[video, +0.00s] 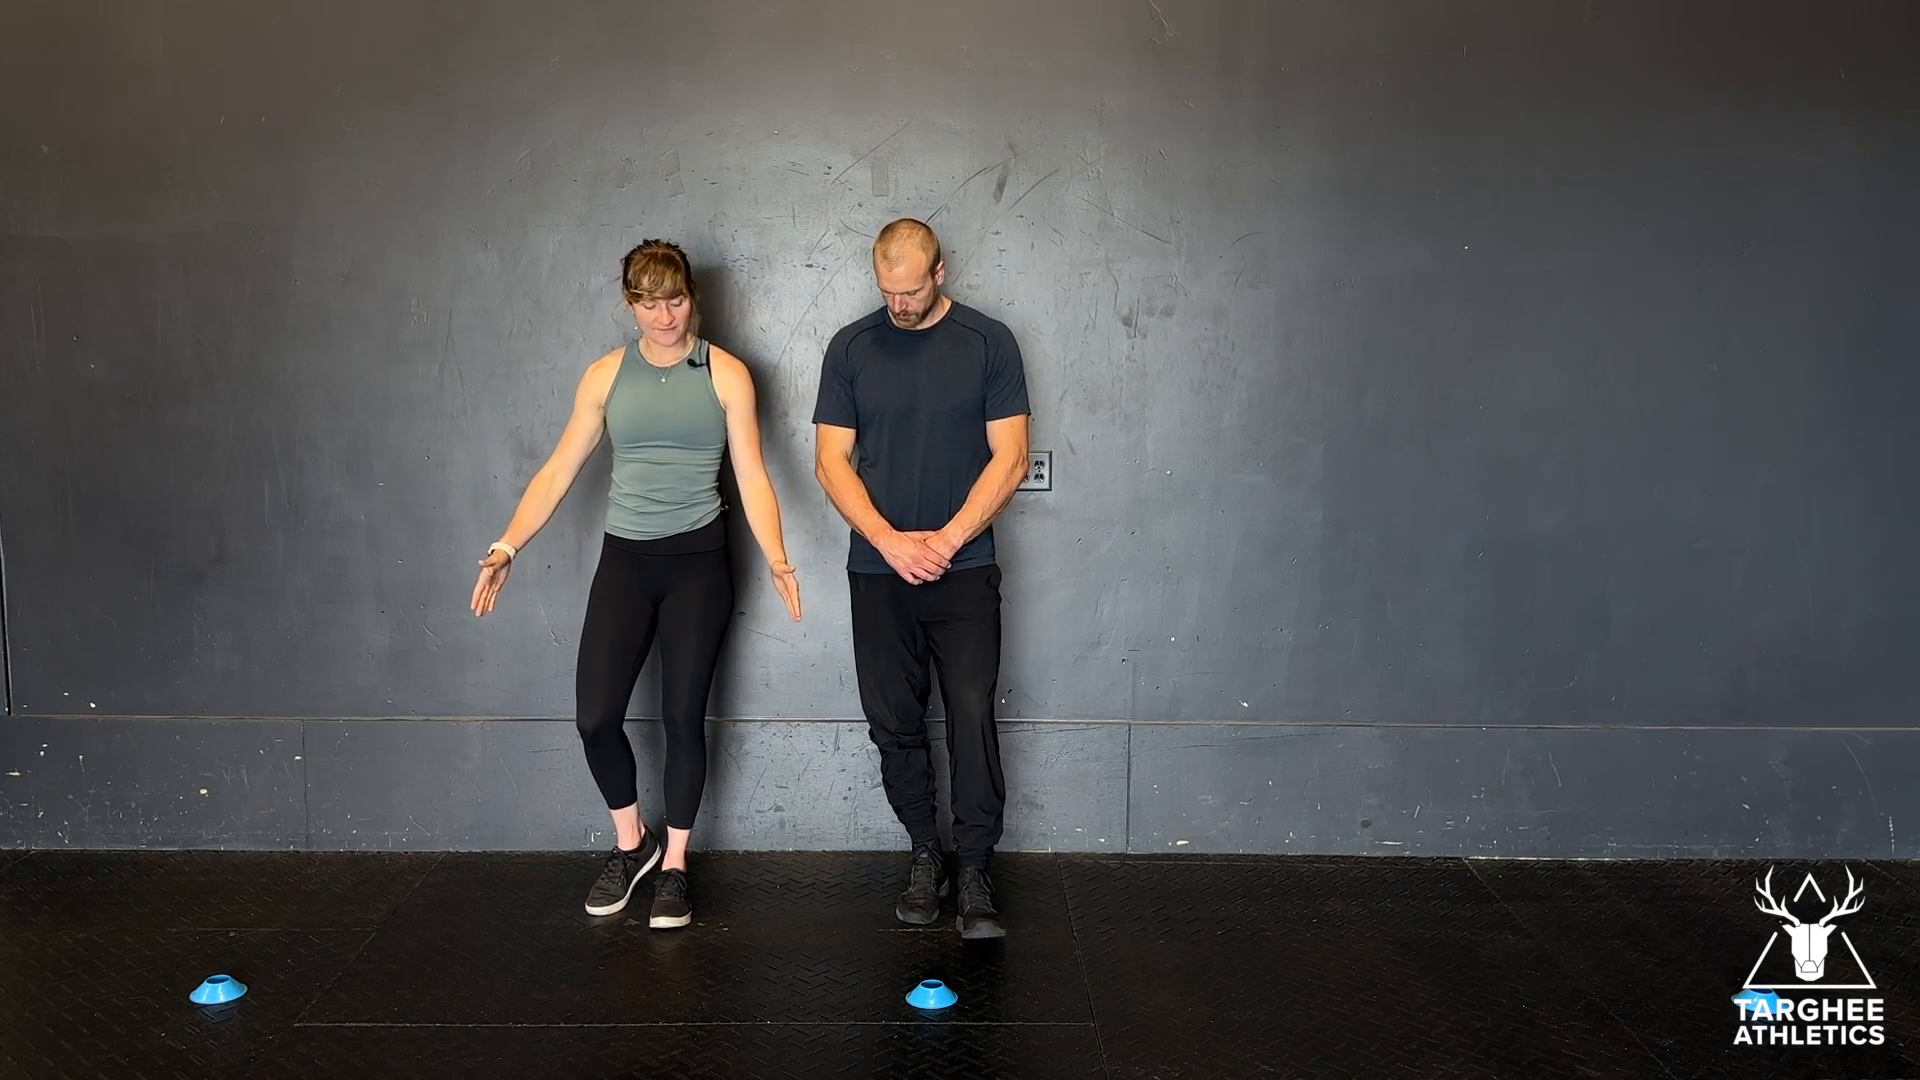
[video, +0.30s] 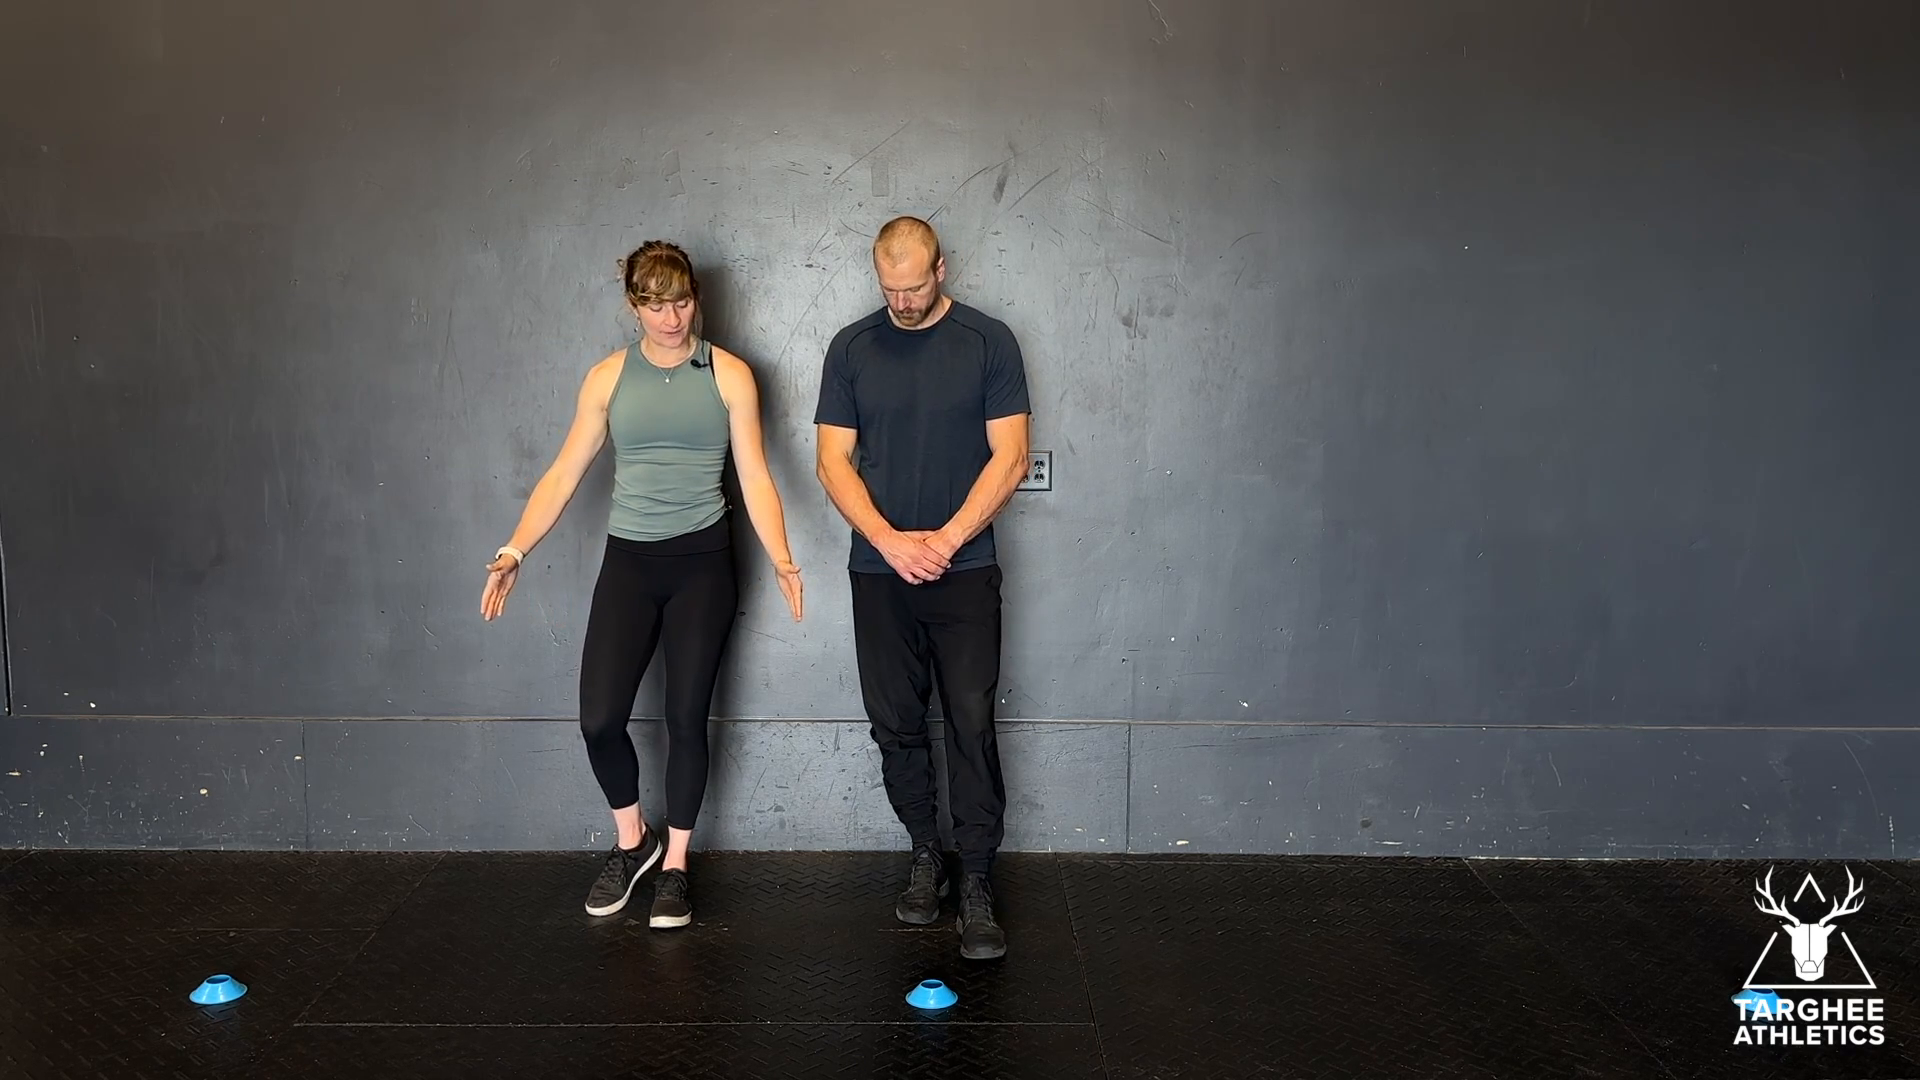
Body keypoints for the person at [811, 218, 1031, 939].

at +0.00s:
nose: (899, 304)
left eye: (911, 292)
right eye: (889, 292)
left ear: (938, 274)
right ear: (874, 278)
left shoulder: (988, 343)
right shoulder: (851, 348)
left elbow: (1011, 461)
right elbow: (830, 461)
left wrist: (946, 539)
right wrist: (887, 538)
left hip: (963, 564)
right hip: (878, 566)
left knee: (972, 715)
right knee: (895, 721)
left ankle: (975, 870)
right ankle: (926, 855)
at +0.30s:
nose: (902, 301)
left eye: (914, 288)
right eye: (891, 289)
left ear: (940, 271)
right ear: (876, 277)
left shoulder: (988, 341)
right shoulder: (852, 347)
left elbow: (1011, 459)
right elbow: (832, 462)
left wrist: (946, 539)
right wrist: (886, 537)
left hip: (964, 570)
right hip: (881, 571)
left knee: (971, 724)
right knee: (897, 725)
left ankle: (976, 884)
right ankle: (929, 855)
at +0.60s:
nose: (912, 301)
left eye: (922, 289)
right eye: (900, 291)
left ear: (941, 271)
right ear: (882, 277)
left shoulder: (987, 341)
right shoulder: (850, 349)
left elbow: (1013, 457)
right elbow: (832, 464)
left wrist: (951, 539)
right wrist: (891, 539)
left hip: (967, 564)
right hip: (883, 566)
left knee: (974, 718)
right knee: (897, 720)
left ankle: (976, 870)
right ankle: (927, 854)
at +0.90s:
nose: (931, 298)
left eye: (940, 285)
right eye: (918, 287)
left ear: (949, 270)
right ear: (888, 273)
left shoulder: (985, 341)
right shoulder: (849, 348)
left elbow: (1011, 457)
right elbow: (831, 465)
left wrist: (950, 539)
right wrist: (891, 538)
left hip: (966, 568)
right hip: (882, 571)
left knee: (971, 726)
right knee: (898, 726)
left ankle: (977, 882)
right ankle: (928, 856)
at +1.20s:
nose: (935, 295)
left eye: (944, 282)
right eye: (923, 284)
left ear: (952, 269)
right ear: (891, 272)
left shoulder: (984, 339)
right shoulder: (849, 348)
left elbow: (1011, 454)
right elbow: (833, 463)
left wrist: (954, 537)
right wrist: (893, 537)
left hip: (965, 567)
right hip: (883, 571)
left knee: (970, 723)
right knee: (897, 724)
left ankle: (977, 879)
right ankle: (927, 858)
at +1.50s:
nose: (934, 294)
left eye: (943, 282)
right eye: (921, 283)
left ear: (954, 270)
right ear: (893, 272)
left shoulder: (990, 339)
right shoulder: (854, 352)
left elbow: (1019, 453)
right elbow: (845, 464)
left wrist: (962, 535)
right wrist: (901, 537)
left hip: (975, 559)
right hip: (888, 561)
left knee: (986, 709)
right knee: (899, 715)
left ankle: (978, 849)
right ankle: (925, 853)